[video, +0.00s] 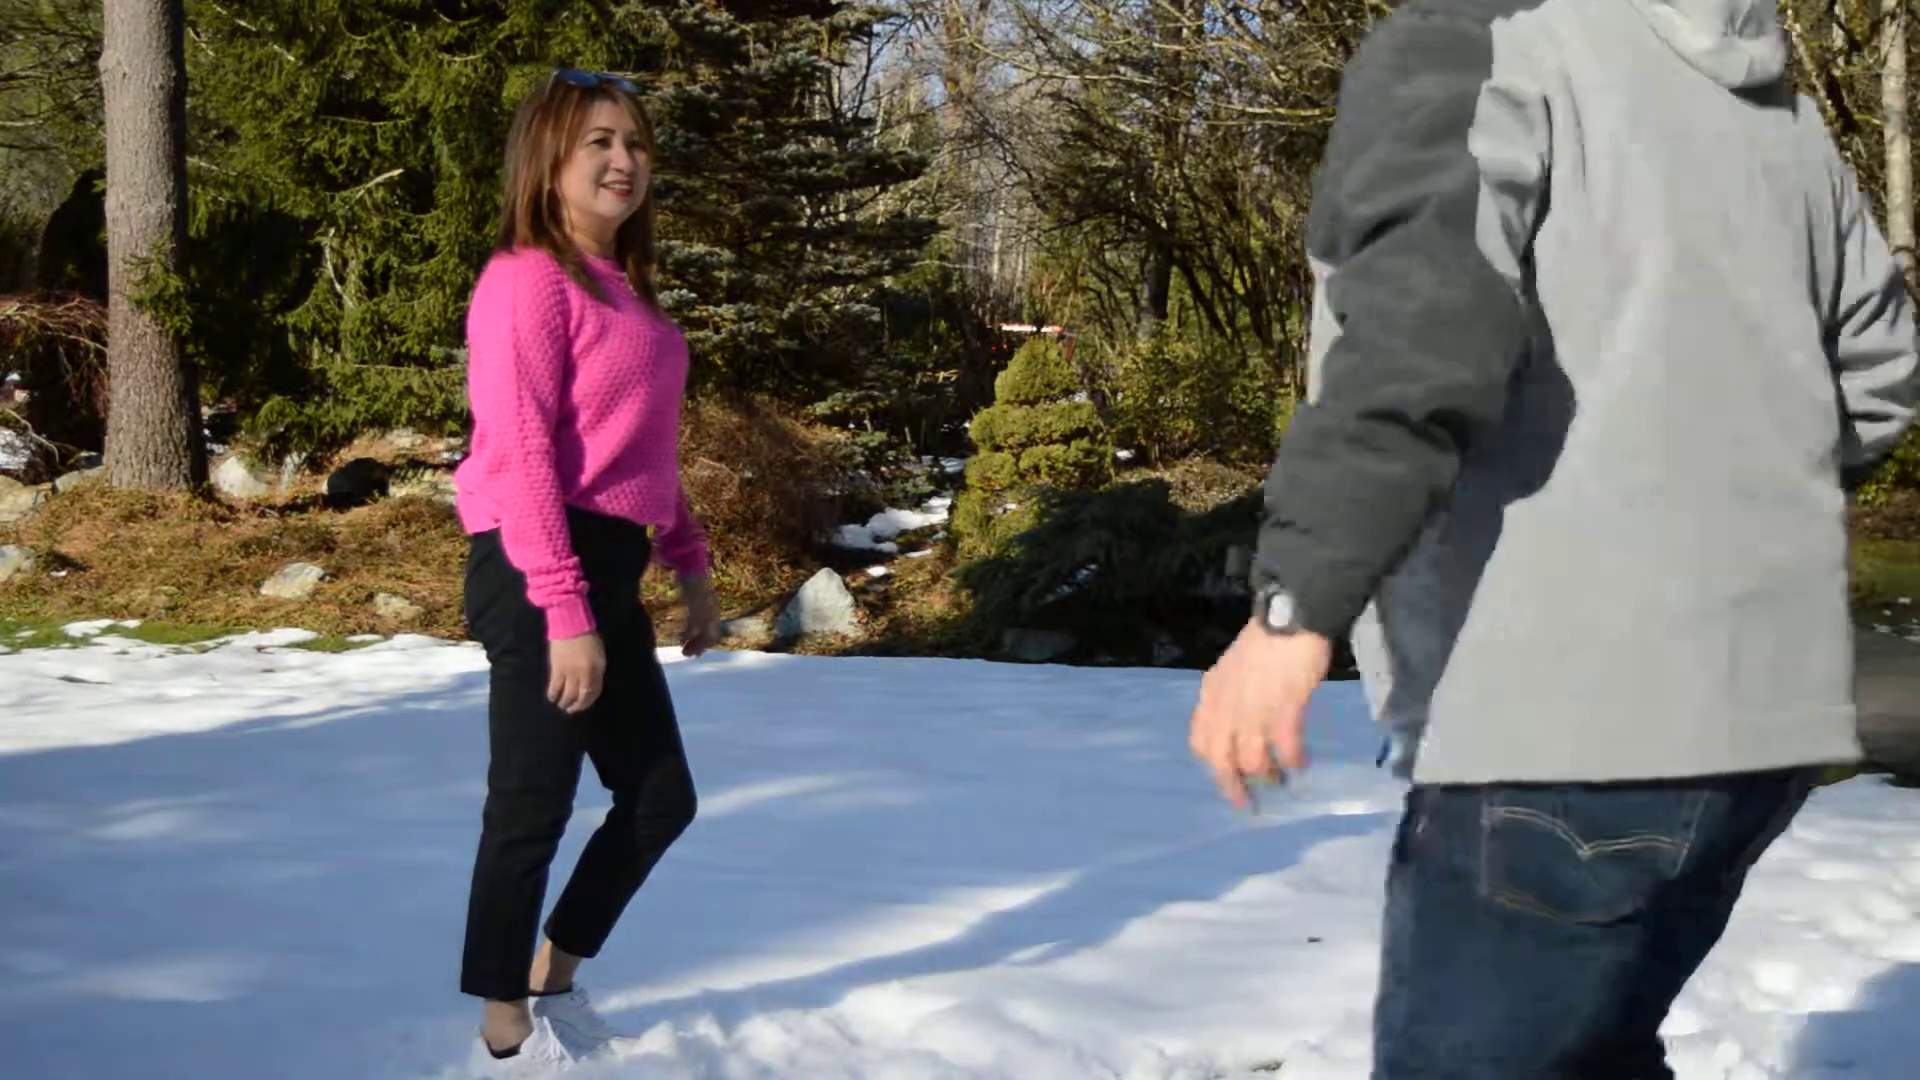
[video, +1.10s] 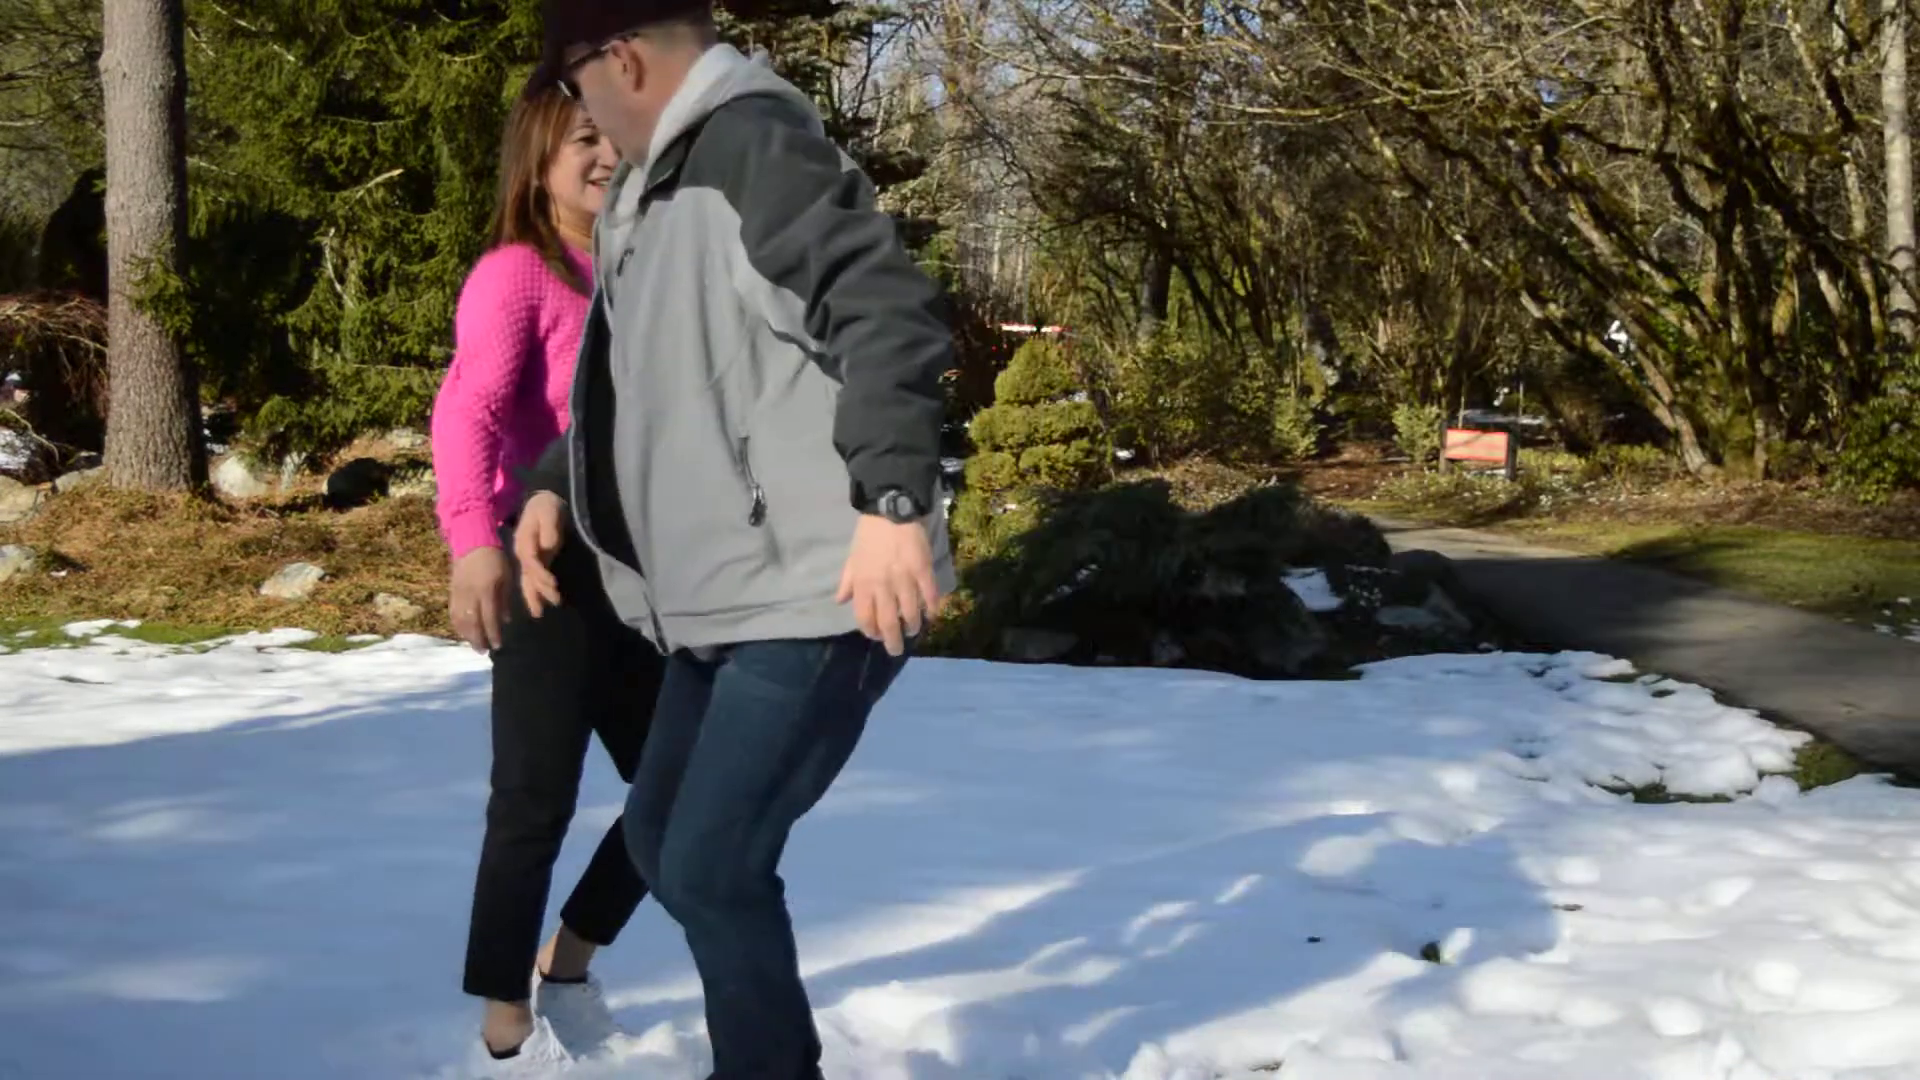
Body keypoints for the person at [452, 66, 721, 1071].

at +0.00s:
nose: (625, 159)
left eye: (636, 144)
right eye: (600, 143)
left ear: (648, 167)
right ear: (548, 165)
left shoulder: (622, 288)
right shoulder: (524, 279)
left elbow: (643, 449)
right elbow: (518, 453)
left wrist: (691, 568)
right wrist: (565, 609)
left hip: (606, 559)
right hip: (532, 554)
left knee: (661, 797)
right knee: (530, 804)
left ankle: (550, 977)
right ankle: (502, 1035)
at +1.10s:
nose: (605, 155)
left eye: (613, 139)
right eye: (583, 140)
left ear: (628, 154)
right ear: (536, 160)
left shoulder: (638, 274)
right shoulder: (514, 273)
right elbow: (466, 409)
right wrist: (473, 544)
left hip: (630, 568)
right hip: (538, 565)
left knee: (678, 784)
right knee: (533, 803)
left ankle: (564, 967)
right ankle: (503, 1033)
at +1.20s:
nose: (602, 174)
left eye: (607, 157)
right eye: (584, 159)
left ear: (615, 169)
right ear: (543, 172)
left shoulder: (642, 269)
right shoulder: (514, 270)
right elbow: (453, 369)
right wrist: (420, 456)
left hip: (631, 549)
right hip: (528, 549)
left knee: (642, 769)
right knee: (530, 788)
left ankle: (582, 962)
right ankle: (506, 1031)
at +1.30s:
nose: (575, 179)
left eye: (581, 163)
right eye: (563, 164)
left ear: (603, 157)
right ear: (540, 174)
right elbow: (428, 398)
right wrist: (408, 344)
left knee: (681, 767)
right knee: (533, 774)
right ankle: (506, 1006)